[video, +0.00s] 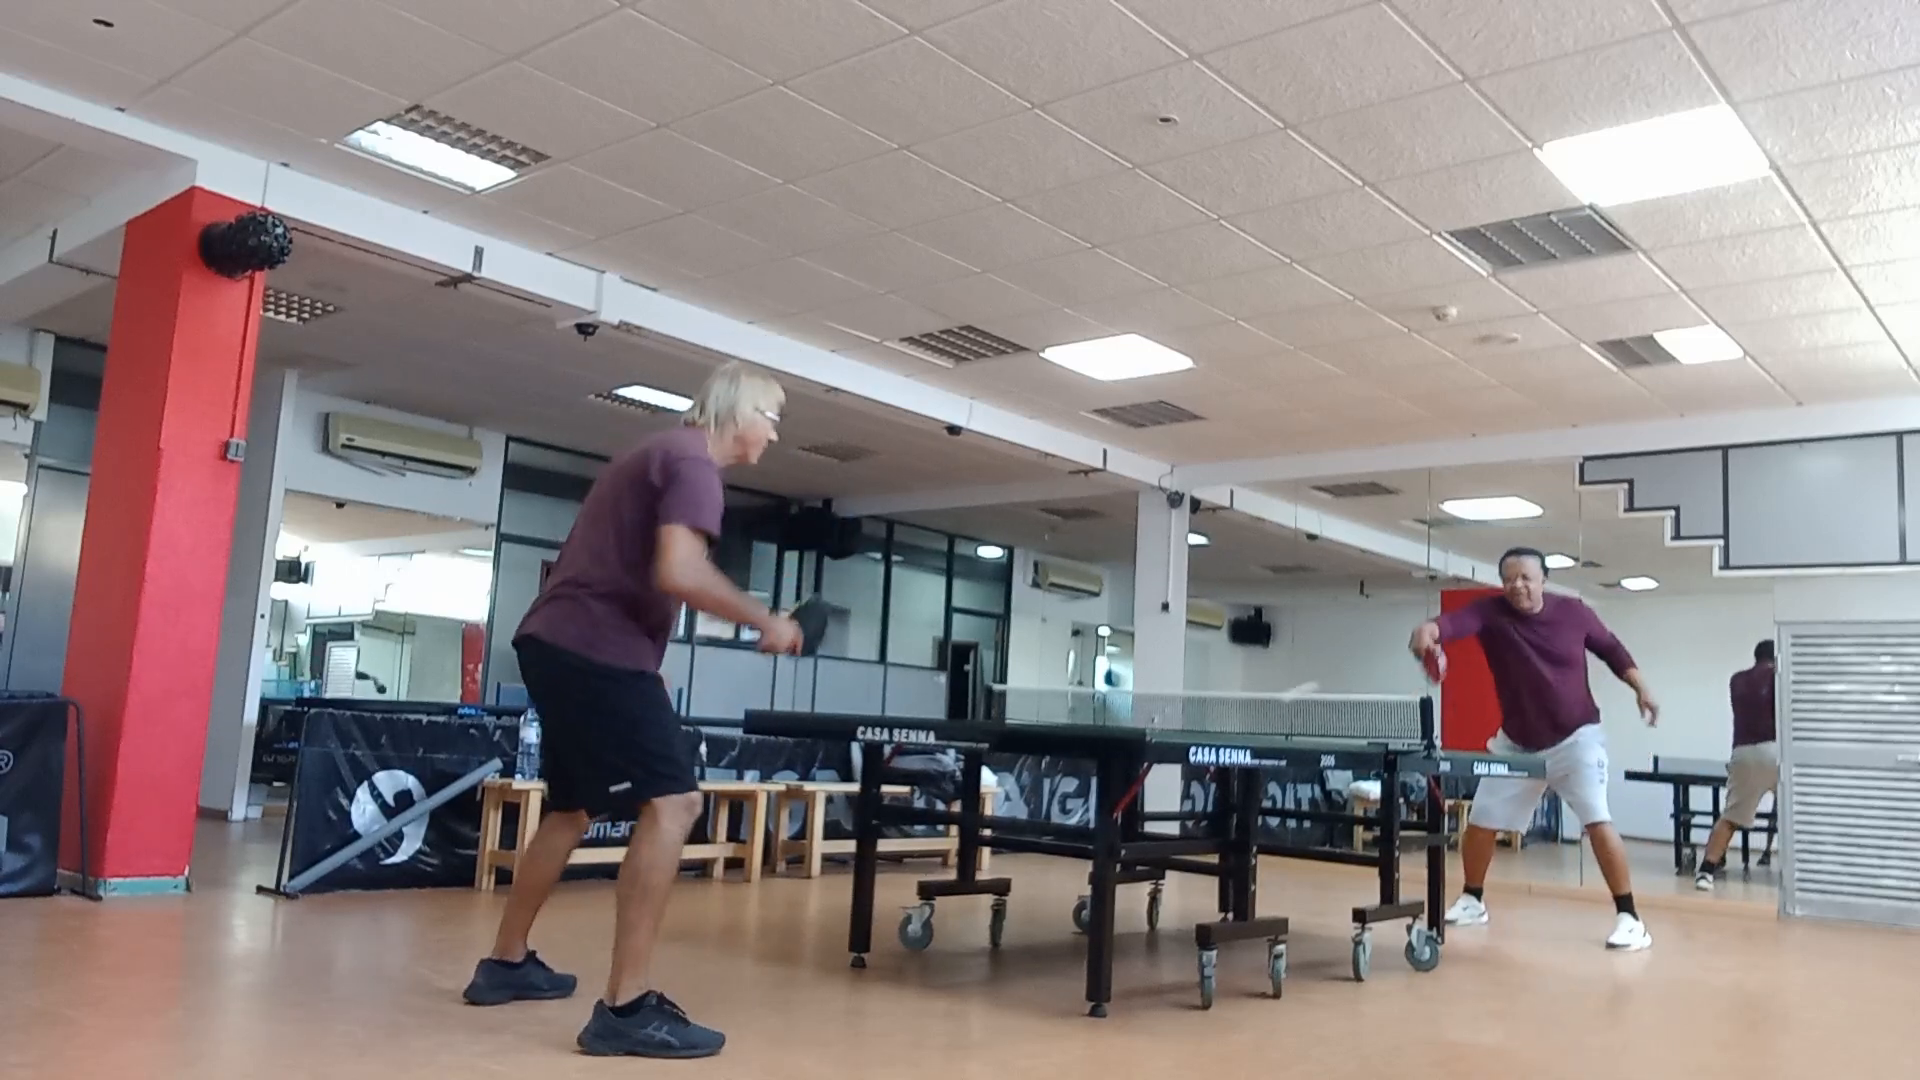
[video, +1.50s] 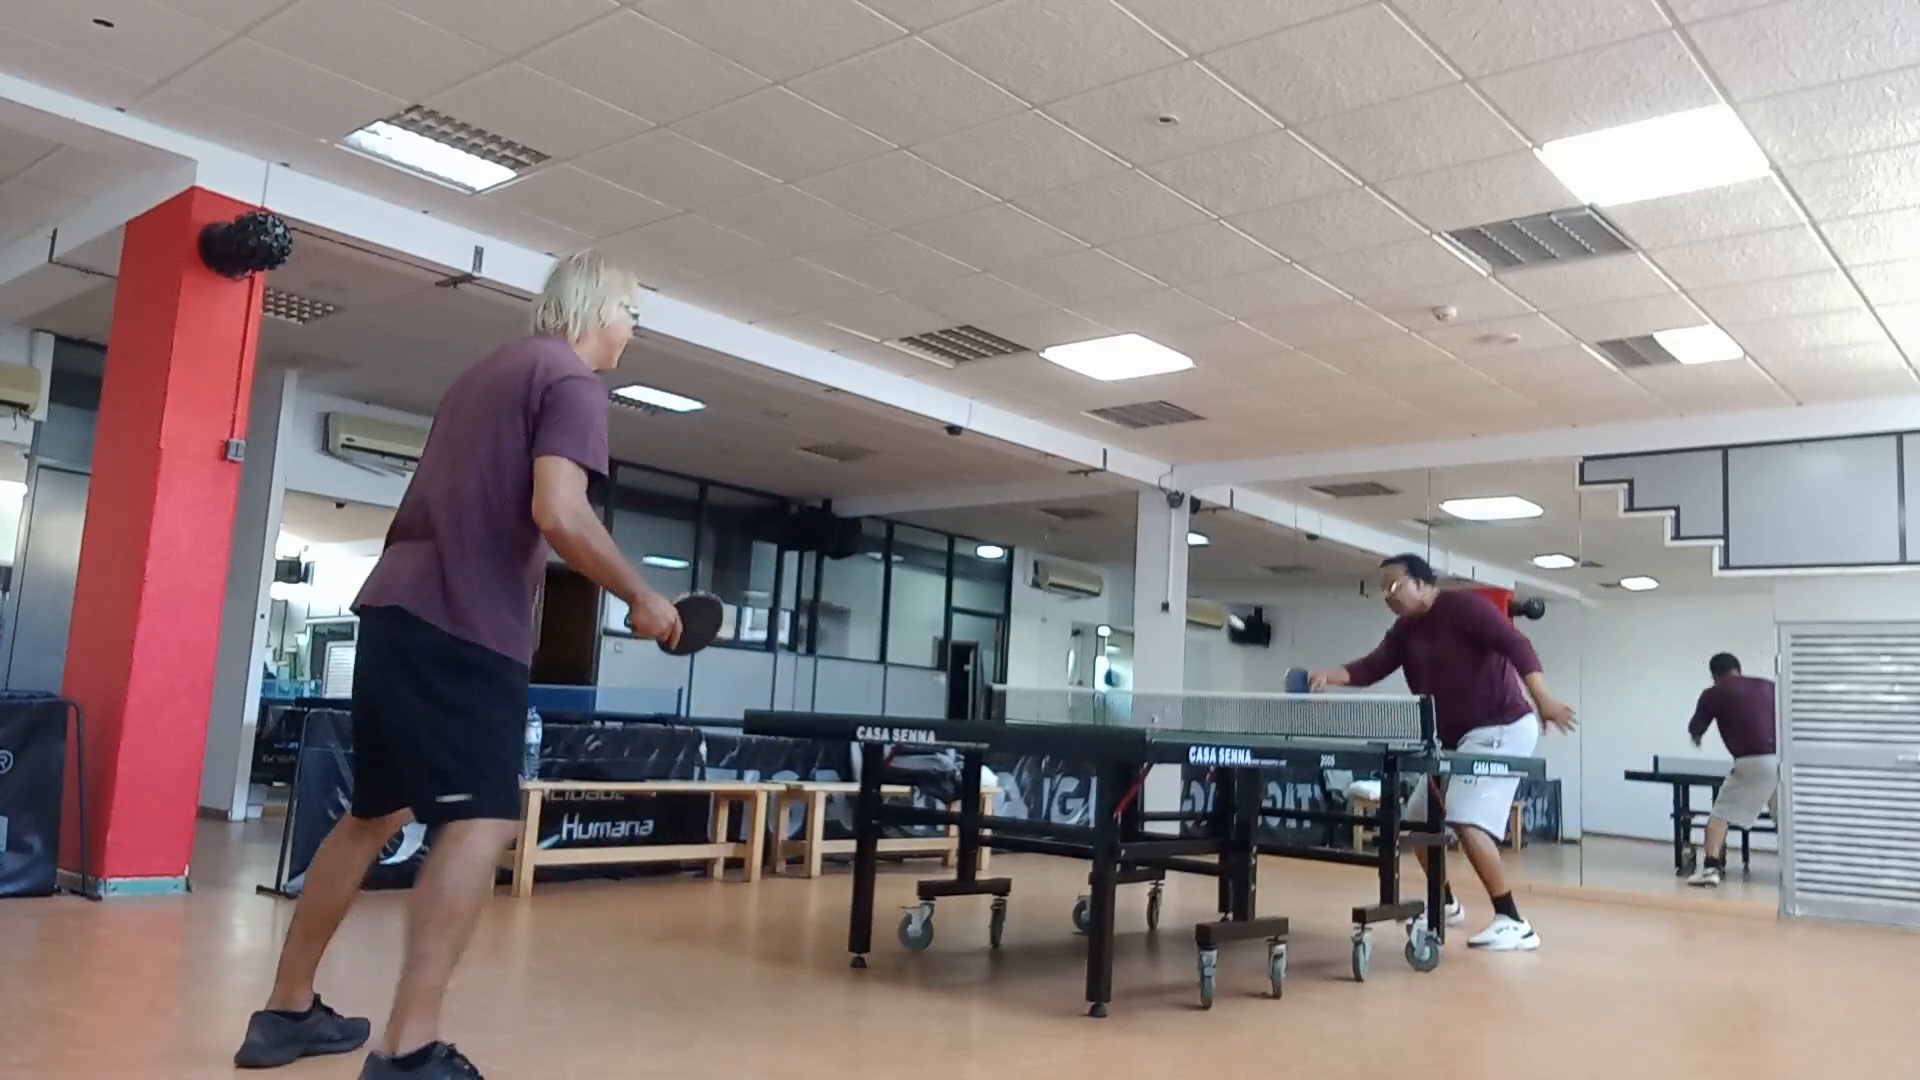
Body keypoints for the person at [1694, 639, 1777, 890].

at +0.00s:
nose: (1772, 663)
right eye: (1775, 658)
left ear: (1755, 657)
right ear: (1776, 658)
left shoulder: (1737, 679)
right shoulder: (1783, 677)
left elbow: (1742, 714)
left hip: (1744, 752)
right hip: (1779, 750)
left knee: (1730, 816)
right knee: (1800, 815)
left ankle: (1706, 870)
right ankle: (1804, 874)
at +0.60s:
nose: (1768, 658)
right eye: (1770, 654)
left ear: (1749, 654)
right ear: (1773, 653)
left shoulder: (1732, 678)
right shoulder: (1786, 677)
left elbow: (1707, 718)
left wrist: (1711, 748)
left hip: (1745, 753)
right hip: (1782, 753)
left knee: (1721, 810)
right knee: (1793, 817)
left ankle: (1705, 862)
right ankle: (1802, 871)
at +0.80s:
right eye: (1749, 663)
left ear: (1726, 662)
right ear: (1752, 661)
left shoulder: (1714, 683)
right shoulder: (1771, 681)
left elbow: (1691, 724)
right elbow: (1786, 714)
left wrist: (1695, 749)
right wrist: (1786, 745)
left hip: (1736, 757)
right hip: (1773, 756)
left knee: (1711, 812)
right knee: (1786, 820)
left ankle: (1700, 869)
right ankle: (1796, 875)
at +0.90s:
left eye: (1713, 666)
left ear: (1711, 665)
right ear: (1736, 661)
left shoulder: (1703, 684)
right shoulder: (1761, 681)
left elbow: (1683, 723)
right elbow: (1774, 719)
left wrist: (1678, 746)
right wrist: (1773, 747)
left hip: (1729, 754)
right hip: (1766, 753)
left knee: (1706, 813)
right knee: (1781, 815)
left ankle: (1698, 870)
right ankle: (1796, 871)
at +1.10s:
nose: (1693, 678)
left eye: (1691, 674)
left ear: (1691, 672)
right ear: (1715, 664)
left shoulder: (1694, 686)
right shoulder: (1746, 680)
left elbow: (1684, 721)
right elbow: (1777, 715)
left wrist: (1655, 734)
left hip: (1733, 753)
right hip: (1769, 751)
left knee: (1707, 812)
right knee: (1782, 812)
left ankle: (1700, 871)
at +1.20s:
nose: (1691, 681)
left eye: (1689, 677)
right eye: (1690, 678)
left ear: (1691, 674)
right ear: (1714, 667)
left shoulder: (1697, 686)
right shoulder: (1746, 680)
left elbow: (1686, 726)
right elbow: (1775, 712)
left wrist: (1656, 735)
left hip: (1739, 753)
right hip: (1771, 752)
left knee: (1710, 811)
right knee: (1783, 818)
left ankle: (1700, 871)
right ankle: (1798, 871)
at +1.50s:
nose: (1717, 682)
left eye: (1715, 678)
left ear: (1715, 675)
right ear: (1739, 669)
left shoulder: (1714, 693)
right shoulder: (1768, 686)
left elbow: (1696, 729)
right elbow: (1787, 713)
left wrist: (1696, 736)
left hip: (1752, 764)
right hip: (1784, 762)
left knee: (1719, 816)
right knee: (1786, 817)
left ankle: (1711, 867)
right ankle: (1798, 864)